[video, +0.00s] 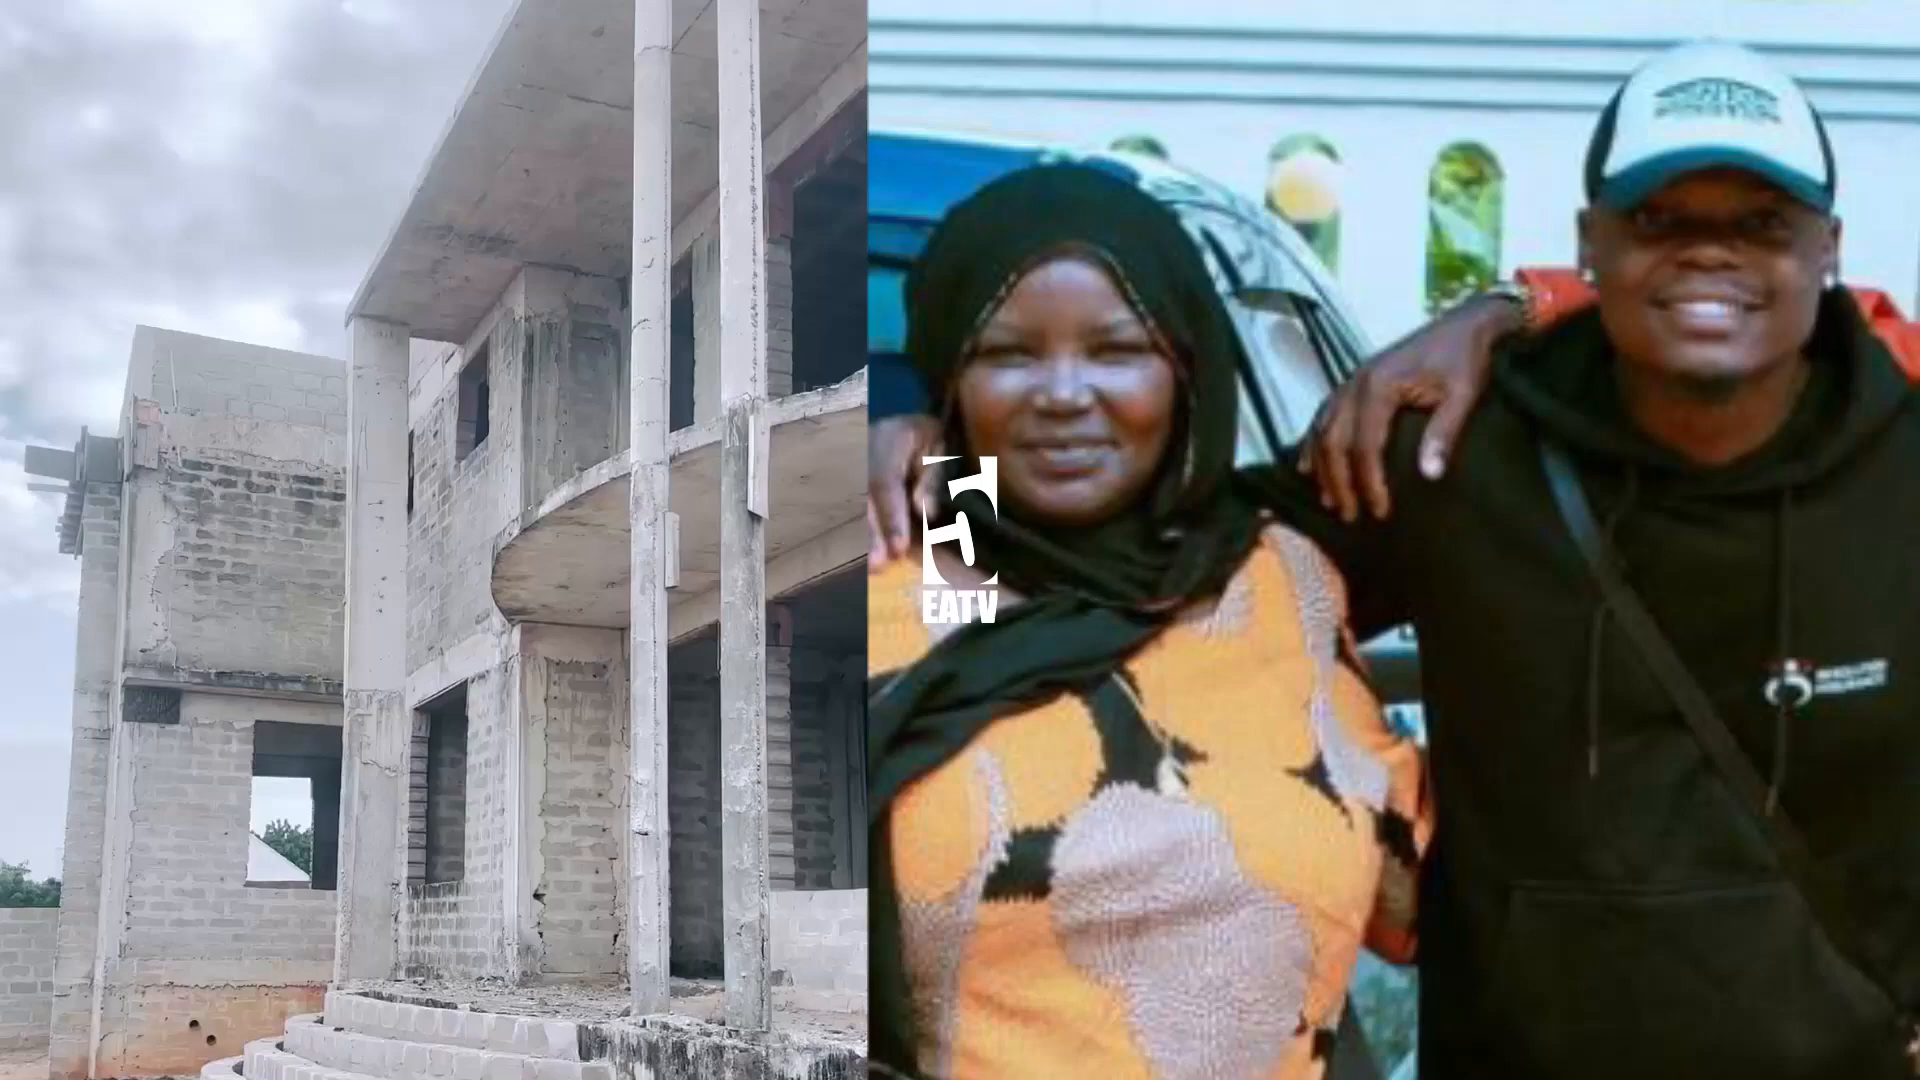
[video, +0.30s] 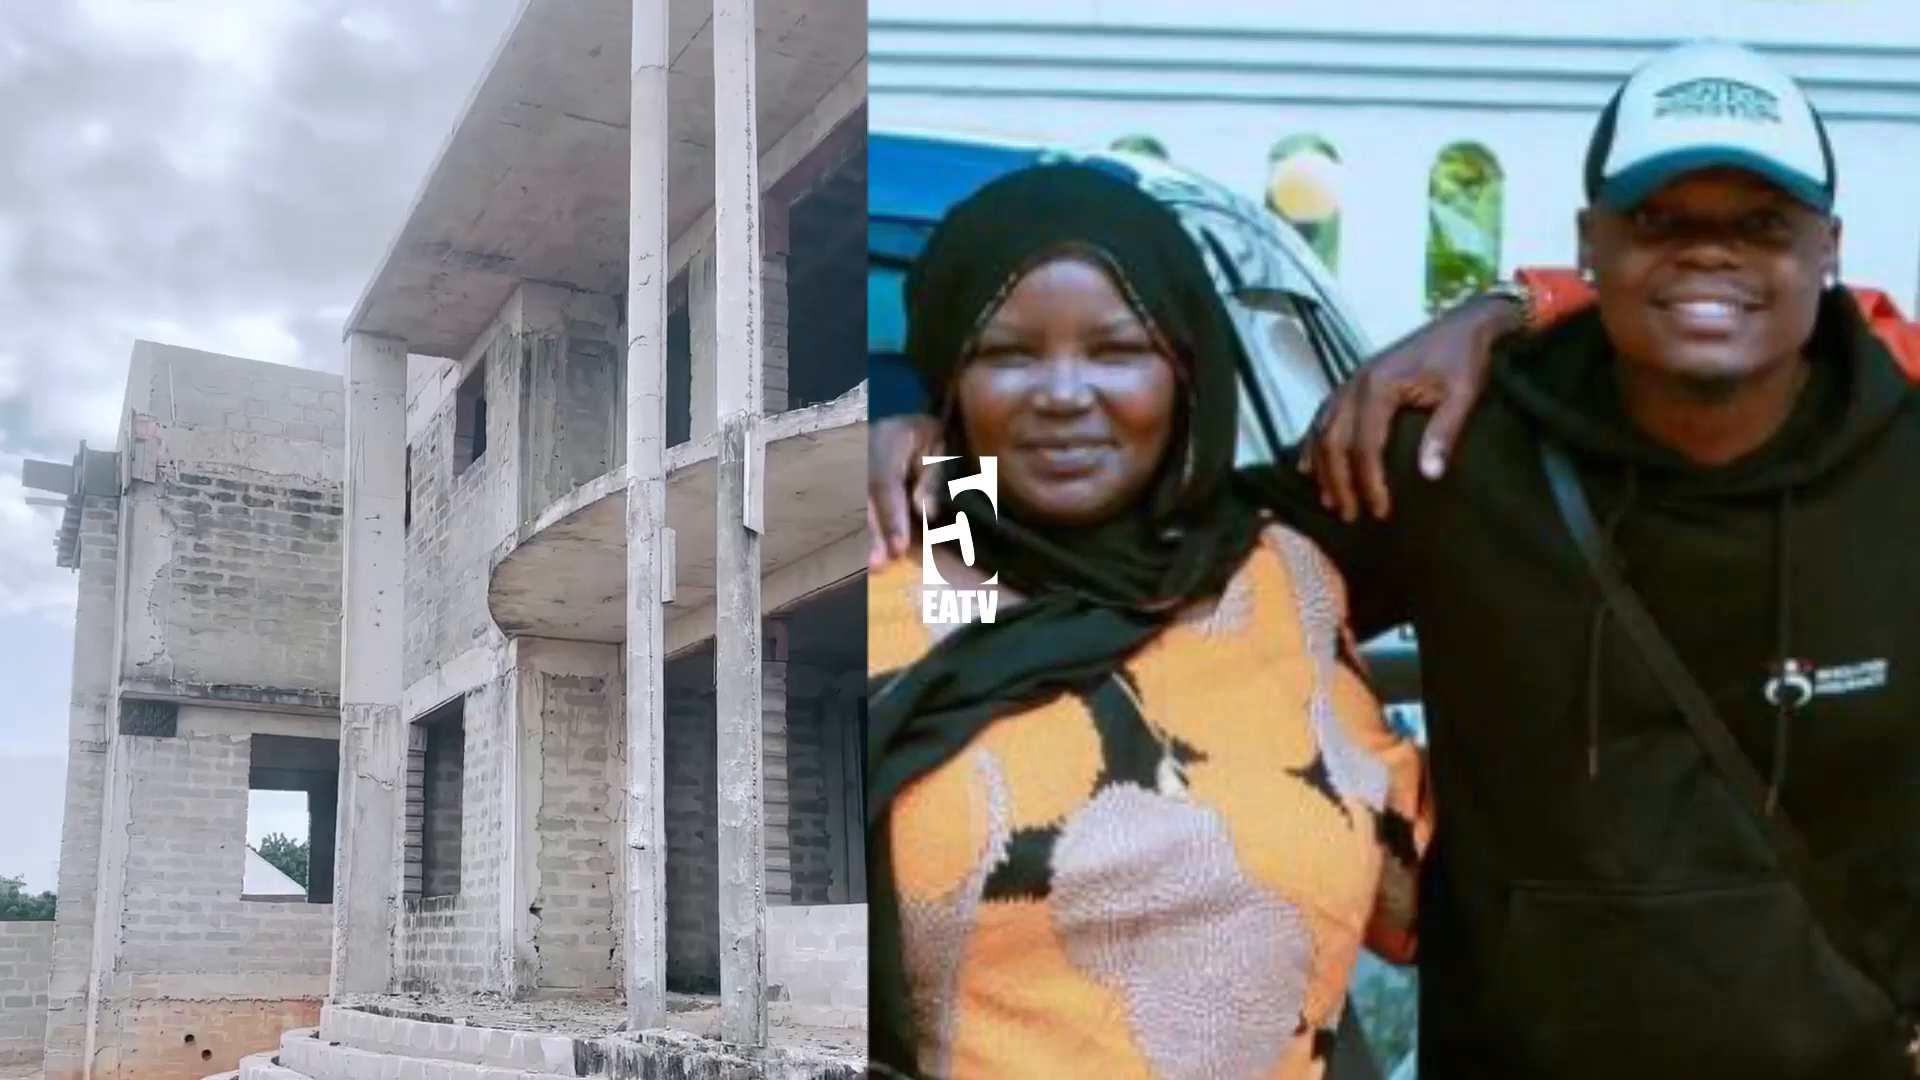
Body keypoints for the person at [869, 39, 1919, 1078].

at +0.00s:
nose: (1706, 252)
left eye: (1757, 220)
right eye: (1664, 216)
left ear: (1826, 251)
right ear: (1595, 242)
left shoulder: (1899, 446)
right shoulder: (1464, 449)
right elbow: (1176, 557)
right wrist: (960, 465)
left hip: (1848, 1037)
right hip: (1535, 1045)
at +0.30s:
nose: (1706, 251)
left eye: (1757, 219)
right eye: (1664, 215)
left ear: (1826, 250)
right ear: (1595, 242)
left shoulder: (1899, 446)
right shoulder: (1463, 447)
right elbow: (1177, 558)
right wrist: (960, 462)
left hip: (1847, 1039)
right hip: (1534, 1046)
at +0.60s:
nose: (1707, 251)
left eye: (1756, 219)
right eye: (1664, 215)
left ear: (1826, 250)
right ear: (1595, 242)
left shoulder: (1899, 444)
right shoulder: (1463, 447)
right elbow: (1177, 558)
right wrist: (961, 463)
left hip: (1848, 1039)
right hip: (1534, 1046)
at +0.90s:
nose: (1707, 252)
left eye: (1757, 219)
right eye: (1664, 215)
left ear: (1825, 250)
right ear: (1594, 242)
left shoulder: (1899, 444)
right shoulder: (1463, 447)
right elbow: (1179, 560)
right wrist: (964, 465)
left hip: (1848, 1039)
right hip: (1534, 1046)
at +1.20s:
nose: (1707, 252)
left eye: (1757, 219)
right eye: (1665, 215)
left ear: (1825, 250)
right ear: (1595, 242)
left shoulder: (1899, 444)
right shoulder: (1463, 447)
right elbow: (1178, 558)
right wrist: (964, 465)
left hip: (1848, 1038)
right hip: (1535, 1045)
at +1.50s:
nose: (1707, 252)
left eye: (1757, 219)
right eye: (1664, 215)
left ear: (1825, 250)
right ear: (1595, 242)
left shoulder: (1899, 445)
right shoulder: (1463, 447)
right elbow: (1178, 557)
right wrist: (964, 466)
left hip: (1848, 1038)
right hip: (1535, 1044)